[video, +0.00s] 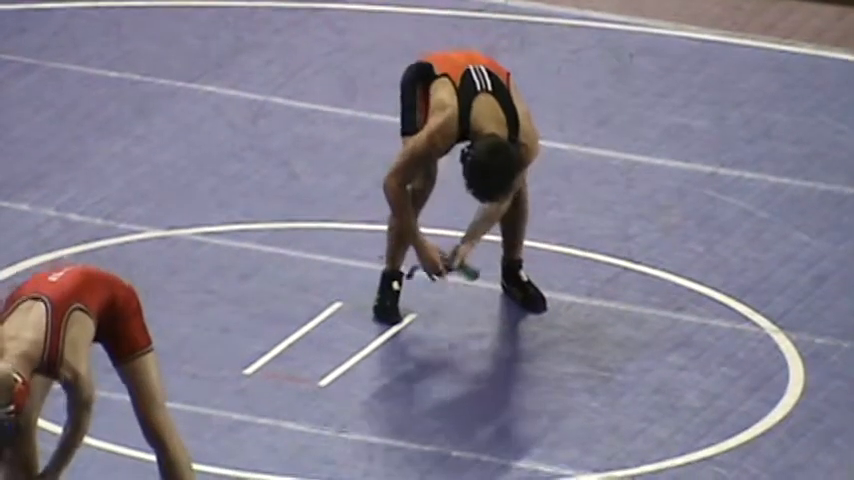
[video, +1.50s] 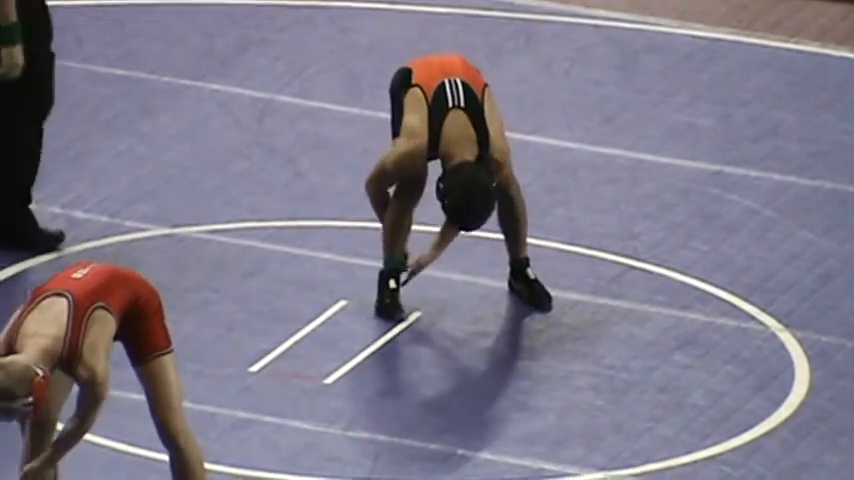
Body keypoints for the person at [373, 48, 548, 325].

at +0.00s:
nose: (489, 204)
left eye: (497, 199)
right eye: (483, 198)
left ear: (514, 169)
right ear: (468, 160)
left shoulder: (528, 144)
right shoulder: (443, 129)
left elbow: (501, 202)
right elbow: (392, 183)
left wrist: (467, 244)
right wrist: (420, 246)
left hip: (492, 74)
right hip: (428, 74)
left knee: (517, 191)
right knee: (420, 184)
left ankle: (513, 273)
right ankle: (391, 279)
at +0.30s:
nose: (460, 202)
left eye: (471, 199)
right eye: (455, 196)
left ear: (494, 167)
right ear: (445, 160)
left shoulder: (508, 141)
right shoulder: (422, 125)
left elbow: (481, 197)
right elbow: (362, 172)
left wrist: (450, 252)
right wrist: (364, 237)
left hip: (480, 74)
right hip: (417, 74)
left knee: (506, 188)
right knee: (410, 189)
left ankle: (514, 274)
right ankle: (390, 282)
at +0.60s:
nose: (445, 214)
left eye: (453, 211)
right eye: (443, 206)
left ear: (477, 185)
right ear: (434, 169)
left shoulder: (493, 152)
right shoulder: (412, 137)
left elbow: (442, 202)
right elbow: (362, 182)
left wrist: (411, 239)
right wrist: (356, 242)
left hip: (470, 78)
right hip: (410, 76)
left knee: (500, 188)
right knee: (404, 191)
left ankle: (516, 275)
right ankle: (390, 283)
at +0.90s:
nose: (446, 220)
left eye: (453, 220)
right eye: (444, 216)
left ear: (481, 187)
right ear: (434, 182)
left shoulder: (490, 153)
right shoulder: (405, 144)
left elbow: (439, 200)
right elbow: (366, 181)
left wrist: (411, 238)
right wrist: (365, 237)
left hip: (464, 79)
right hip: (406, 79)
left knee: (498, 187)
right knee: (403, 188)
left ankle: (517, 274)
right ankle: (388, 283)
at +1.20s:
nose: (451, 220)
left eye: (459, 220)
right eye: (449, 215)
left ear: (486, 185)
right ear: (439, 185)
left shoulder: (494, 153)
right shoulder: (407, 147)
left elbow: (446, 199)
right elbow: (372, 185)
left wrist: (422, 237)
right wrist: (377, 239)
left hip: (467, 77)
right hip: (411, 78)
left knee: (504, 186)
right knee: (406, 186)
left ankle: (520, 272)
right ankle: (390, 278)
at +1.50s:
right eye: (454, 221)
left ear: (490, 189)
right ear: (443, 191)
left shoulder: (497, 156)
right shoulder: (412, 150)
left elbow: (458, 216)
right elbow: (374, 186)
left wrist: (433, 253)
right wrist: (394, 230)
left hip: (470, 77)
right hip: (415, 78)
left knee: (509, 187)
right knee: (409, 187)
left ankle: (521, 271)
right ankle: (391, 277)